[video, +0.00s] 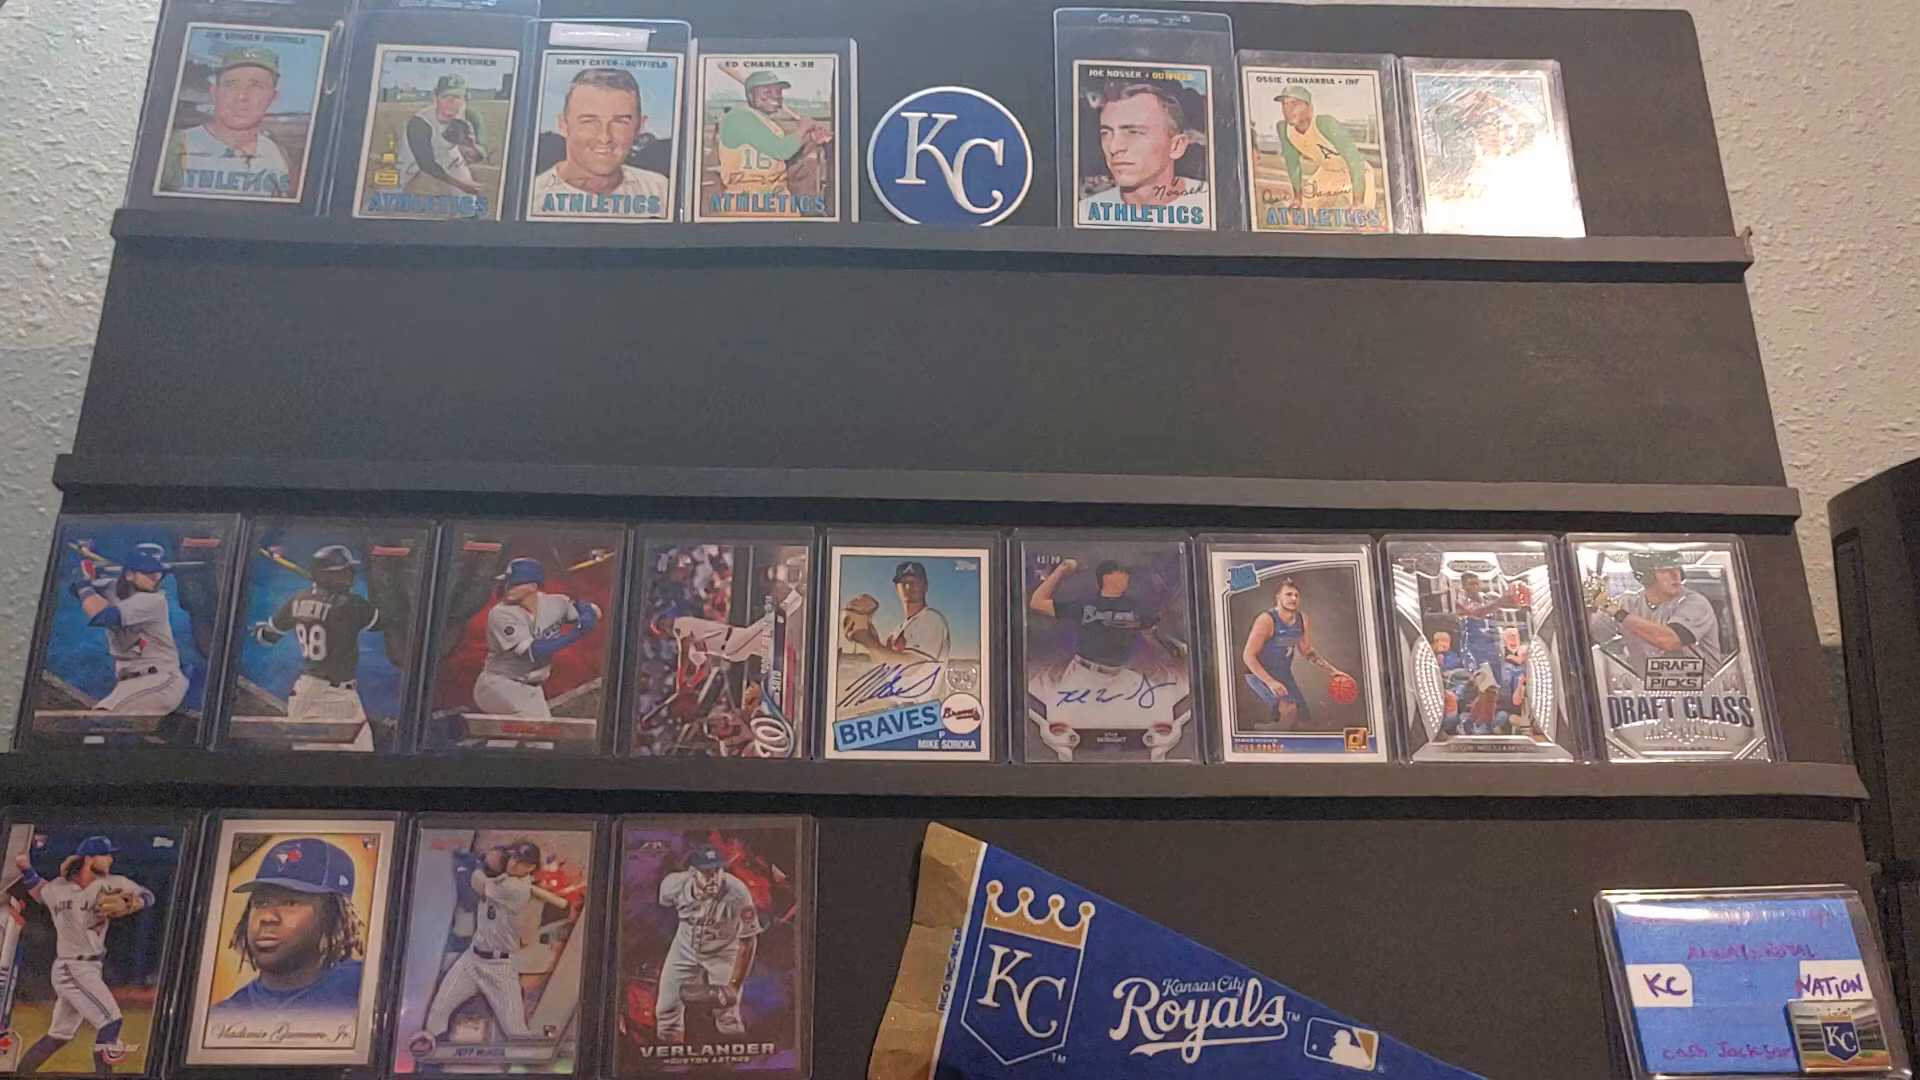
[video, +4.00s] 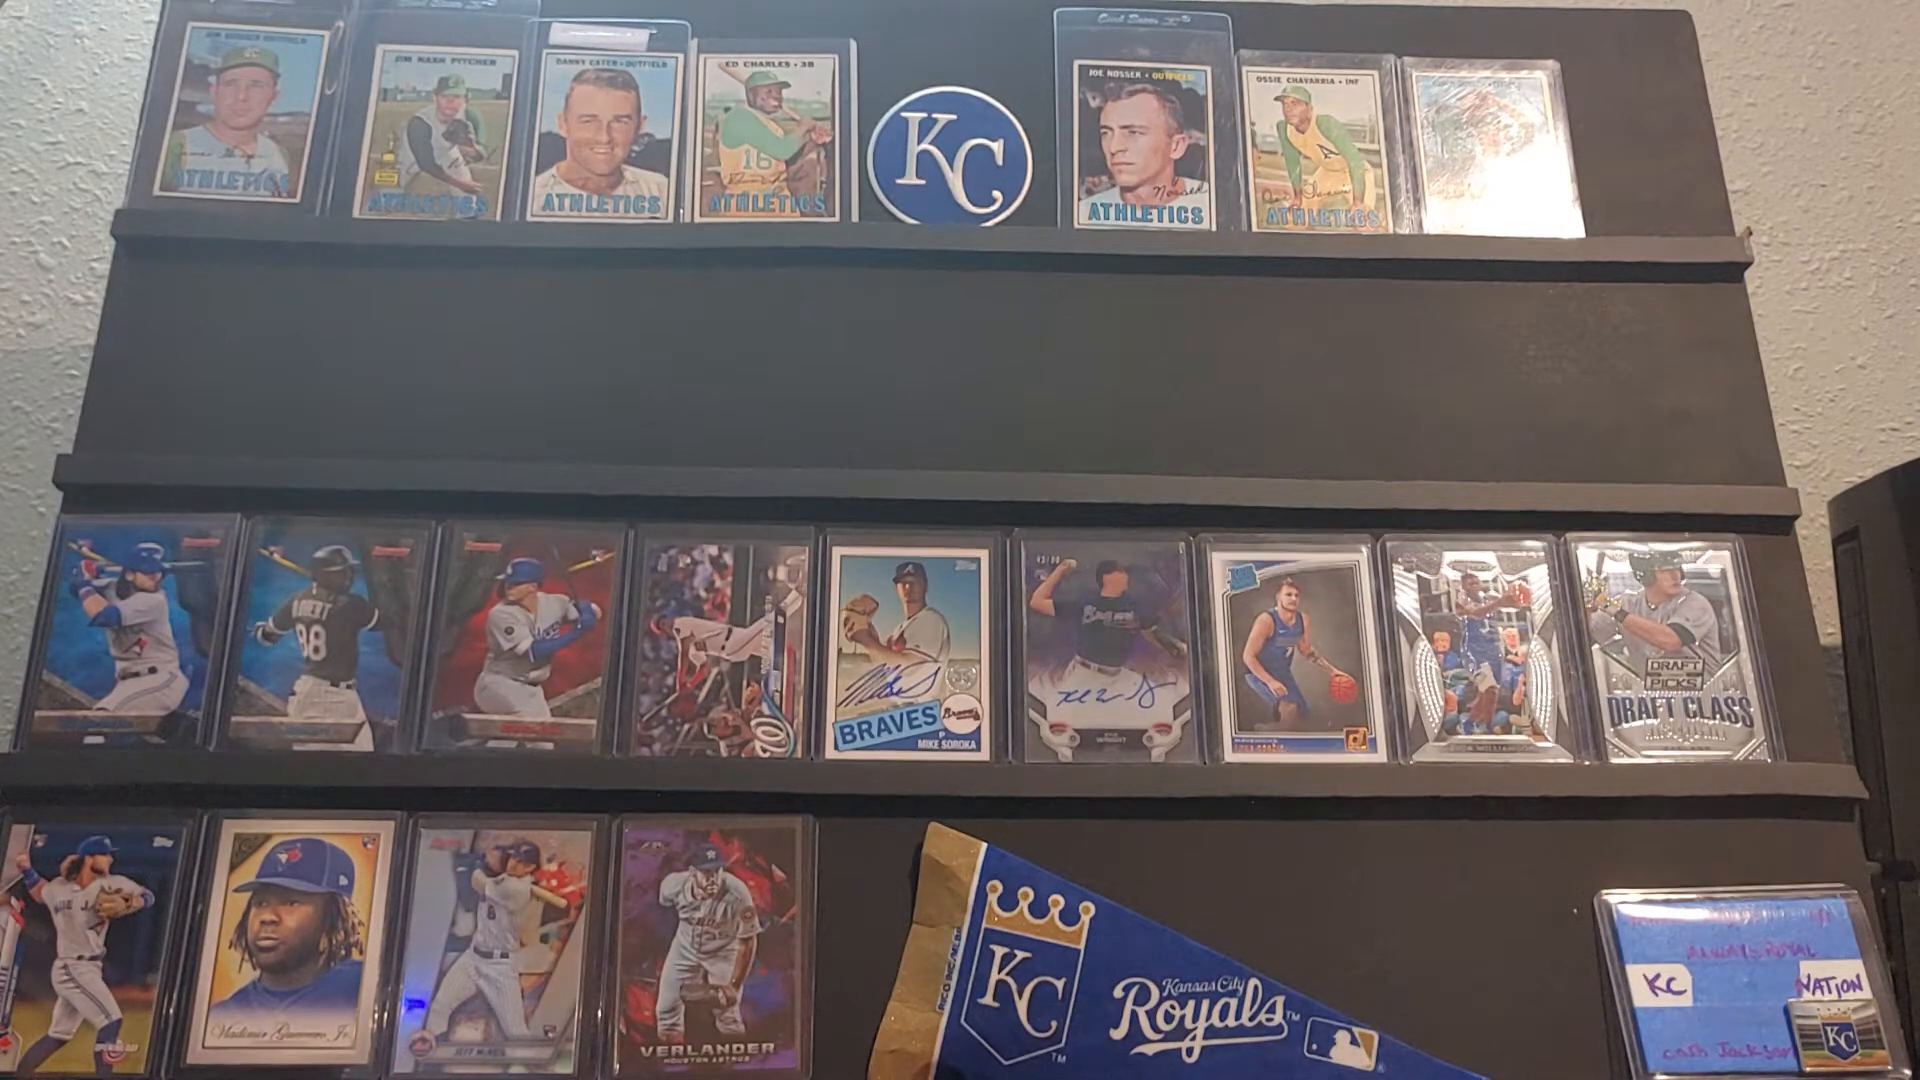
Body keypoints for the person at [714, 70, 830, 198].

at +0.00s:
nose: (776, 97)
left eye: (779, 92)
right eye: (767, 92)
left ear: (782, 93)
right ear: (751, 96)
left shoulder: (770, 124)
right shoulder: (740, 118)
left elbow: (786, 161)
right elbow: (782, 151)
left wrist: (810, 142)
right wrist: (802, 130)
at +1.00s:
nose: (776, 97)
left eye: (778, 91)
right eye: (768, 92)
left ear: (782, 93)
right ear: (751, 96)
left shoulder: (772, 125)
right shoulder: (740, 118)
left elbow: (788, 162)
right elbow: (782, 151)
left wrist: (810, 142)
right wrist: (802, 129)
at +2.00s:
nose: (777, 97)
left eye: (779, 92)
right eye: (770, 91)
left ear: (782, 93)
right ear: (752, 95)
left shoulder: (774, 127)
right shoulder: (738, 117)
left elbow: (784, 170)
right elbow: (783, 151)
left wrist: (811, 144)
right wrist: (803, 128)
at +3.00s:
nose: (777, 98)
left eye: (778, 93)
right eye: (770, 93)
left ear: (782, 93)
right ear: (752, 95)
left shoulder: (775, 127)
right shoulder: (738, 118)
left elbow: (784, 170)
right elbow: (782, 151)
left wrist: (811, 143)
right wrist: (802, 128)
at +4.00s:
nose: (777, 98)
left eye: (779, 92)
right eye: (770, 92)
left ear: (782, 93)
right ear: (753, 94)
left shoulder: (775, 128)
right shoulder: (738, 117)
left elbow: (784, 172)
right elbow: (781, 151)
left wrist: (811, 143)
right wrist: (803, 128)